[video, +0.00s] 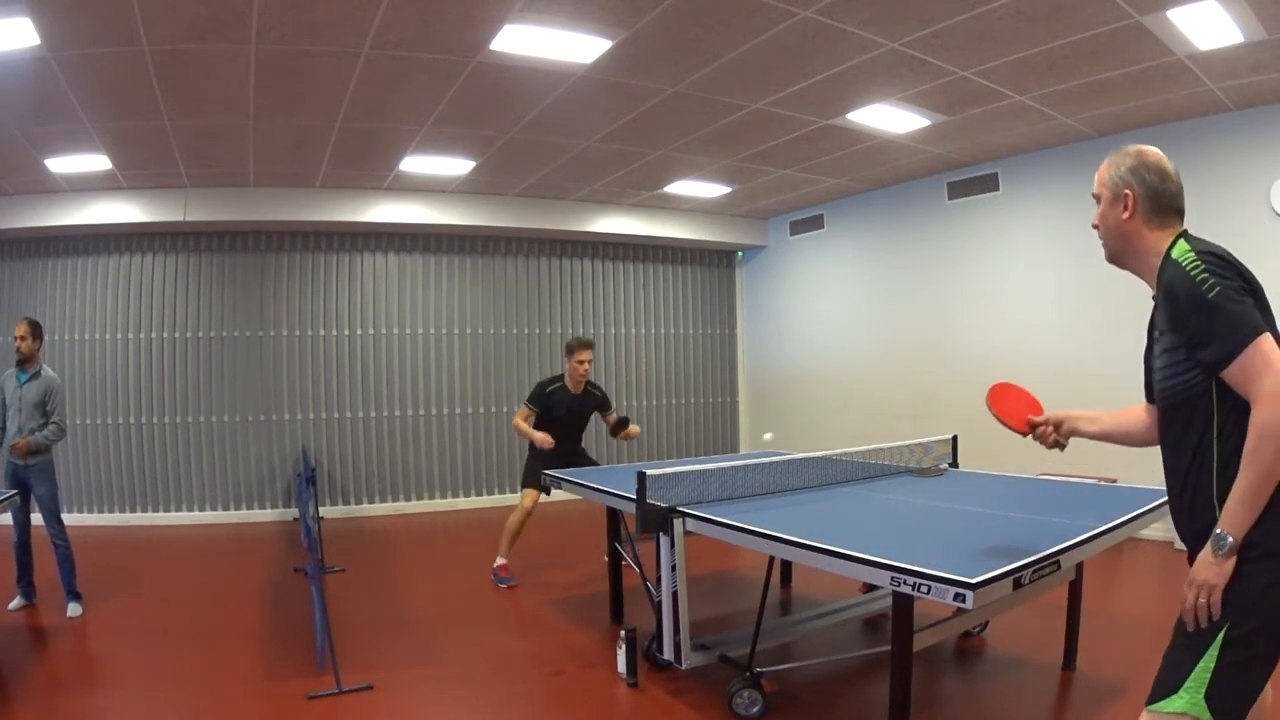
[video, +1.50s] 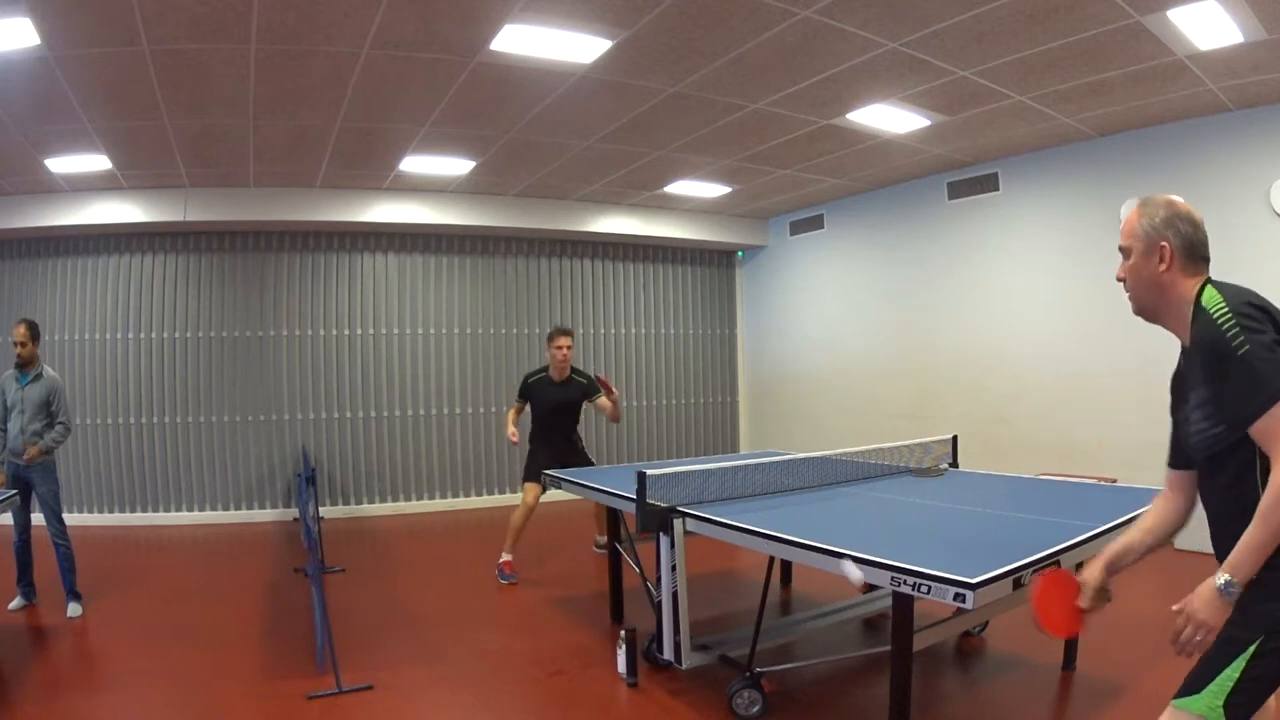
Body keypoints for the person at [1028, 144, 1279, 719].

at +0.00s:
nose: (1093, 220)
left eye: (1097, 203)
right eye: (1093, 204)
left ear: (1126, 206)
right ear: (1133, 207)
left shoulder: (1192, 275)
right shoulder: (1175, 285)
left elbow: (1274, 399)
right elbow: (1170, 420)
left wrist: (1221, 545)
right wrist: (1072, 423)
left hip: (1252, 562)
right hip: (1238, 558)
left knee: (1175, 713)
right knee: (1192, 710)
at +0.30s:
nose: (1111, 207)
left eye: (1113, 191)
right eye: (1112, 192)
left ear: (1134, 194)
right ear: (1180, 192)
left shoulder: (1170, 269)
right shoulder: (1215, 256)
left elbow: (1220, 410)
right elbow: (1250, 391)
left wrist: (1163, 550)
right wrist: (1164, 441)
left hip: (1240, 549)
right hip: (1264, 535)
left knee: (1163, 711)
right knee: (1244, 679)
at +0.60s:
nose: (1133, 252)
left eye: (1139, 235)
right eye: (1134, 236)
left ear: (1166, 239)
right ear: (1176, 239)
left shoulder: (1209, 305)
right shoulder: (1224, 297)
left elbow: (1262, 433)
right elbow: (1227, 445)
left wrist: (1200, 550)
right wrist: (1154, 511)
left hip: (1265, 555)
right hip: (1264, 549)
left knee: (1185, 708)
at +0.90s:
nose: (1118, 222)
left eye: (1125, 204)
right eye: (1120, 206)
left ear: (1160, 211)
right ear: (1160, 213)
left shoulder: (1228, 283)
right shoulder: (1175, 315)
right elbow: (1107, 401)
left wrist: (1267, 545)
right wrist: (1024, 399)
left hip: (1264, 561)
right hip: (1243, 558)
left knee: (1204, 713)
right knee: (1224, 711)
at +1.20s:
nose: (1116, 226)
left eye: (1123, 207)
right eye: (1118, 208)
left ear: (1153, 212)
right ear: (1161, 212)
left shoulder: (1199, 286)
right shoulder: (1219, 275)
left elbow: (1266, 417)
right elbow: (1226, 428)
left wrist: (1214, 564)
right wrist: (1138, 465)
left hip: (1259, 567)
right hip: (1261, 560)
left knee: (1184, 711)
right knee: (1208, 707)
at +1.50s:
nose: (1118, 273)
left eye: (1126, 255)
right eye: (1120, 257)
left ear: (1163, 257)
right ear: (1161, 260)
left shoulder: (1231, 329)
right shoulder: (1191, 359)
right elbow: (1177, 496)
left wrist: (1225, 586)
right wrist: (1106, 560)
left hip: (1275, 583)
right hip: (1259, 580)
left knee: (1188, 713)